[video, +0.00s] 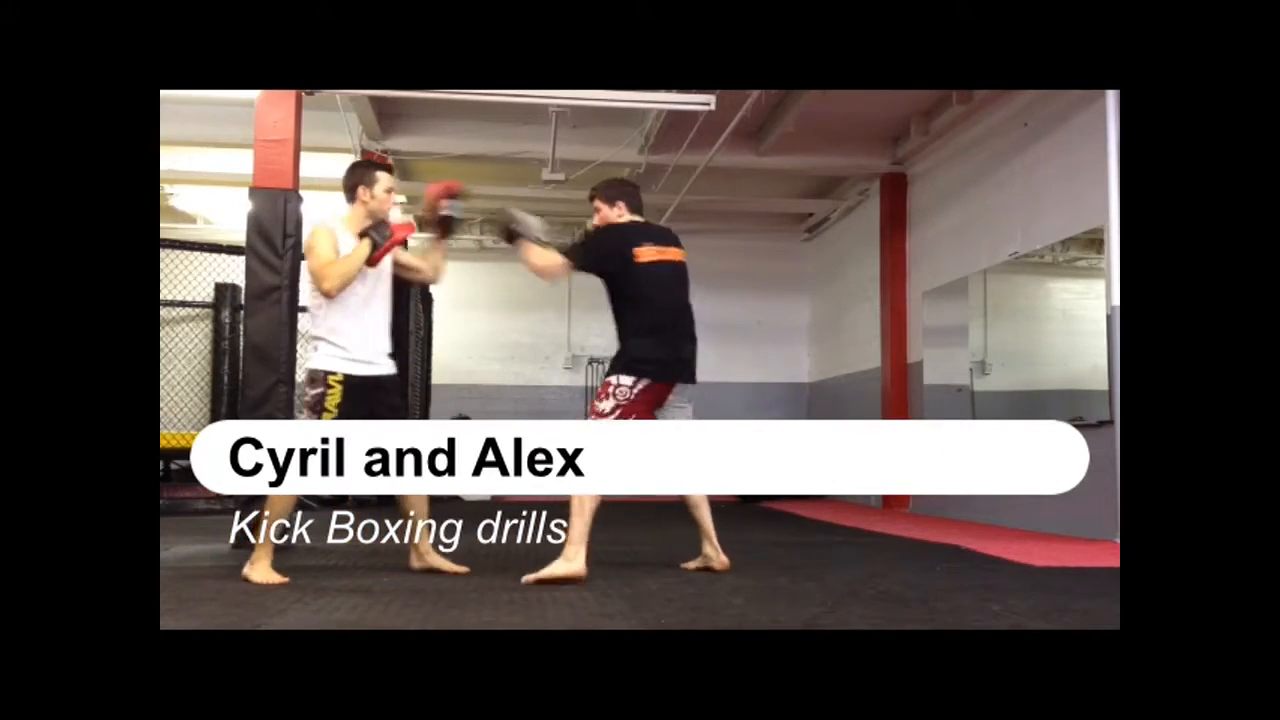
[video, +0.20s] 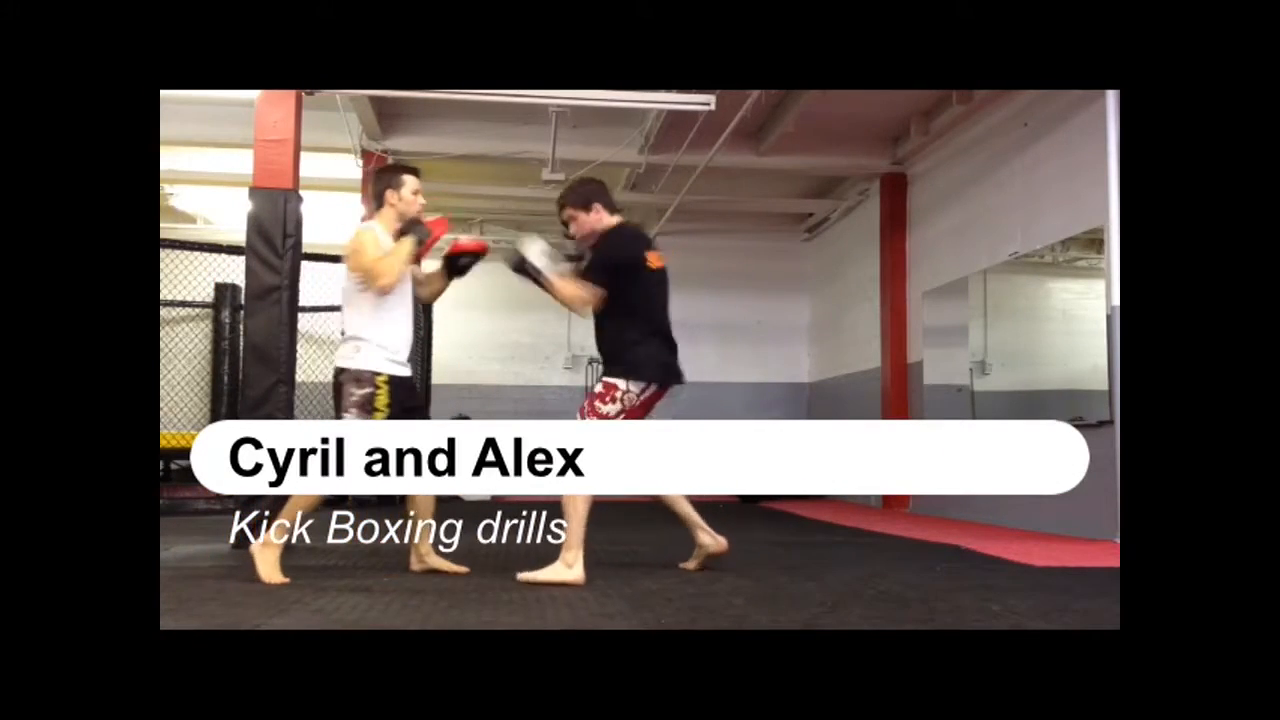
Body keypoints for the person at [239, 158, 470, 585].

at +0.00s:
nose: (394, 200)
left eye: (395, 192)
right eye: (388, 192)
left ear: (375, 195)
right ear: (362, 193)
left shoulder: (380, 244)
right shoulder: (324, 233)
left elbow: (429, 272)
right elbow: (328, 283)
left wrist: (438, 227)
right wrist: (374, 242)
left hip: (380, 370)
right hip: (333, 369)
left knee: (411, 458)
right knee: (301, 464)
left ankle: (421, 548)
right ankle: (261, 558)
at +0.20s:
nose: (422, 202)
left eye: (422, 194)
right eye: (415, 194)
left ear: (399, 198)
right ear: (392, 197)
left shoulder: (401, 242)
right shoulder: (365, 236)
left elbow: (423, 291)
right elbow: (381, 279)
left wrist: (451, 267)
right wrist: (414, 238)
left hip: (398, 369)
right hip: (363, 369)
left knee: (424, 459)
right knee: (342, 463)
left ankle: (423, 549)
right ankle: (271, 542)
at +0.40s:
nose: (439, 217)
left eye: (440, 210)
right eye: (435, 208)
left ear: (410, 208)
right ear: (412, 205)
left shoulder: (382, 245)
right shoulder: (401, 230)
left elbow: (389, 305)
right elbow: (473, 224)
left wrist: (432, 291)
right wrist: (525, 204)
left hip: (391, 373)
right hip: (366, 372)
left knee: (419, 458)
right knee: (338, 465)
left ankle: (422, 550)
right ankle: (272, 548)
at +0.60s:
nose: (429, 214)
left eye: (432, 207)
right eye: (423, 204)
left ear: (419, 211)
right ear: (397, 202)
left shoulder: (408, 249)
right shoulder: (373, 233)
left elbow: (439, 296)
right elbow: (402, 264)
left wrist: (459, 270)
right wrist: (439, 225)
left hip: (389, 371)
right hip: (352, 367)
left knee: (423, 455)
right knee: (323, 460)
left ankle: (422, 549)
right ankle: (264, 551)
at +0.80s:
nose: (391, 205)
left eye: (392, 198)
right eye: (384, 197)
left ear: (372, 201)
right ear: (358, 199)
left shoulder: (383, 243)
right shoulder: (326, 236)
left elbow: (418, 273)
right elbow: (309, 282)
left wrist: (450, 248)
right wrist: (366, 260)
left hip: (376, 369)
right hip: (326, 369)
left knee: (414, 452)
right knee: (298, 465)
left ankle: (423, 543)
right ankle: (260, 559)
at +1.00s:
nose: (373, 198)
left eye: (373, 191)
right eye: (365, 190)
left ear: (357, 196)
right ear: (339, 194)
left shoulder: (370, 241)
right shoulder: (304, 231)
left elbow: (412, 275)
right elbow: (276, 268)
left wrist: (445, 245)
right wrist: (325, 230)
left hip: (365, 365)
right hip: (315, 363)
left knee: (399, 452)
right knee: (294, 463)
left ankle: (399, 546)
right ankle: (259, 559)